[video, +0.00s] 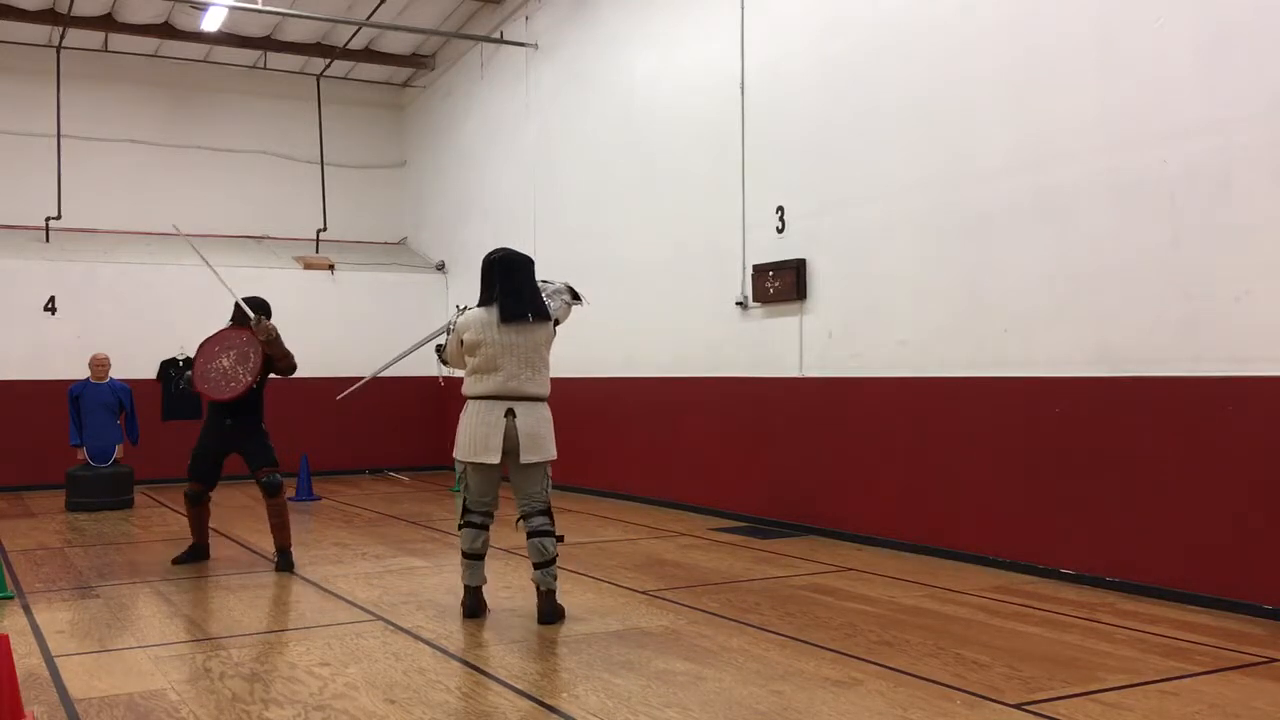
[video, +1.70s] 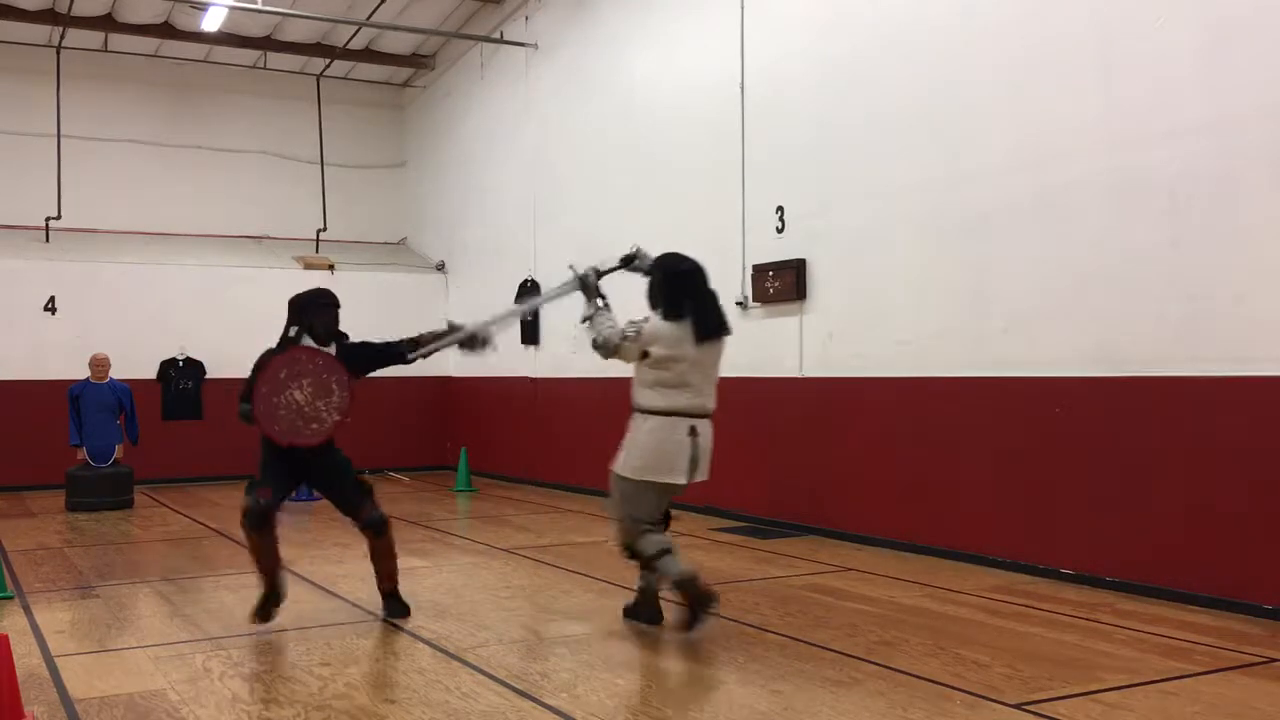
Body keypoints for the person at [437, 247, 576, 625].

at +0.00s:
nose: (481, 285)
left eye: (485, 278)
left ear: (488, 282)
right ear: (529, 281)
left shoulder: (470, 321)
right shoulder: (543, 318)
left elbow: (452, 358)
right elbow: (563, 298)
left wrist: (456, 330)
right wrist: (543, 285)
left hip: (481, 425)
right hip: (532, 424)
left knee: (477, 509)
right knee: (536, 509)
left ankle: (472, 595)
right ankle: (547, 601)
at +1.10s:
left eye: (499, 301)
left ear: (501, 304)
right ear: (541, 300)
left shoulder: (487, 346)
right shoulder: (560, 335)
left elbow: (476, 391)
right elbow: (572, 315)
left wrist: (472, 360)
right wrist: (574, 310)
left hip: (503, 441)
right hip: (556, 439)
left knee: (483, 516)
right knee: (574, 512)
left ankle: (457, 592)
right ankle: (591, 580)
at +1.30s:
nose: (546, 303)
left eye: (548, 297)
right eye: (548, 297)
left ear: (551, 301)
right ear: (591, 298)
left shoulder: (536, 343)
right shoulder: (611, 333)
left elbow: (521, 389)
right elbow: (618, 314)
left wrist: (514, 350)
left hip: (545, 440)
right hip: (599, 441)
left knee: (508, 516)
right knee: (612, 519)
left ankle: (466, 588)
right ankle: (646, 591)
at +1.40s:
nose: (576, 301)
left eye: (578, 295)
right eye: (578, 294)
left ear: (584, 301)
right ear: (621, 296)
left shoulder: (572, 339)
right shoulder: (641, 336)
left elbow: (540, 365)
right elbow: (638, 316)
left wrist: (533, 324)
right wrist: (590, 296)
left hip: (573, 439)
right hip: (625, 440)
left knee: (532, 517)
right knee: (621, 520)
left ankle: (492, 591)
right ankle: (646, 595)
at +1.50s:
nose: (603, 291)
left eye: (608, 285)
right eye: (605, 284)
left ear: (616, 292)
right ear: (648, 290)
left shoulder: (602, 330)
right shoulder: (666, 332)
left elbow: (561, 348)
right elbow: (645, 314)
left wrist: (551, 308)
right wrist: (613, 290)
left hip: (602, 434)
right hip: (649, 437)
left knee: (559, 512)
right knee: (629, 518)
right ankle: (646, 597)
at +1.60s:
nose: (629, 288)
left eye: (632, 282)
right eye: (628, 280)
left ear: (640, 289)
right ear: (675, 286)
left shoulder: (627, 328)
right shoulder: (690, 330)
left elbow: (585, 343)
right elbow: (663, 314)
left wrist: (576, 306)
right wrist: (635, 288)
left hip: (627, 432)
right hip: (673, 435)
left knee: (591, 514)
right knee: (641, 517)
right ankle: (648, 598)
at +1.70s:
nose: (652, 291)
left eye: (655, 285)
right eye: (651, 284)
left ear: (664, 290)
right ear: (697, 286)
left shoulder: (653, 330)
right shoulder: (713, 327)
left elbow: (609, 343)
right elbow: (691, 294)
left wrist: (594, 299)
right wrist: (652, 267)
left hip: (653, 436)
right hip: (696, 436)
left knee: (633, 528)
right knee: (655, 517)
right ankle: (647, 600)